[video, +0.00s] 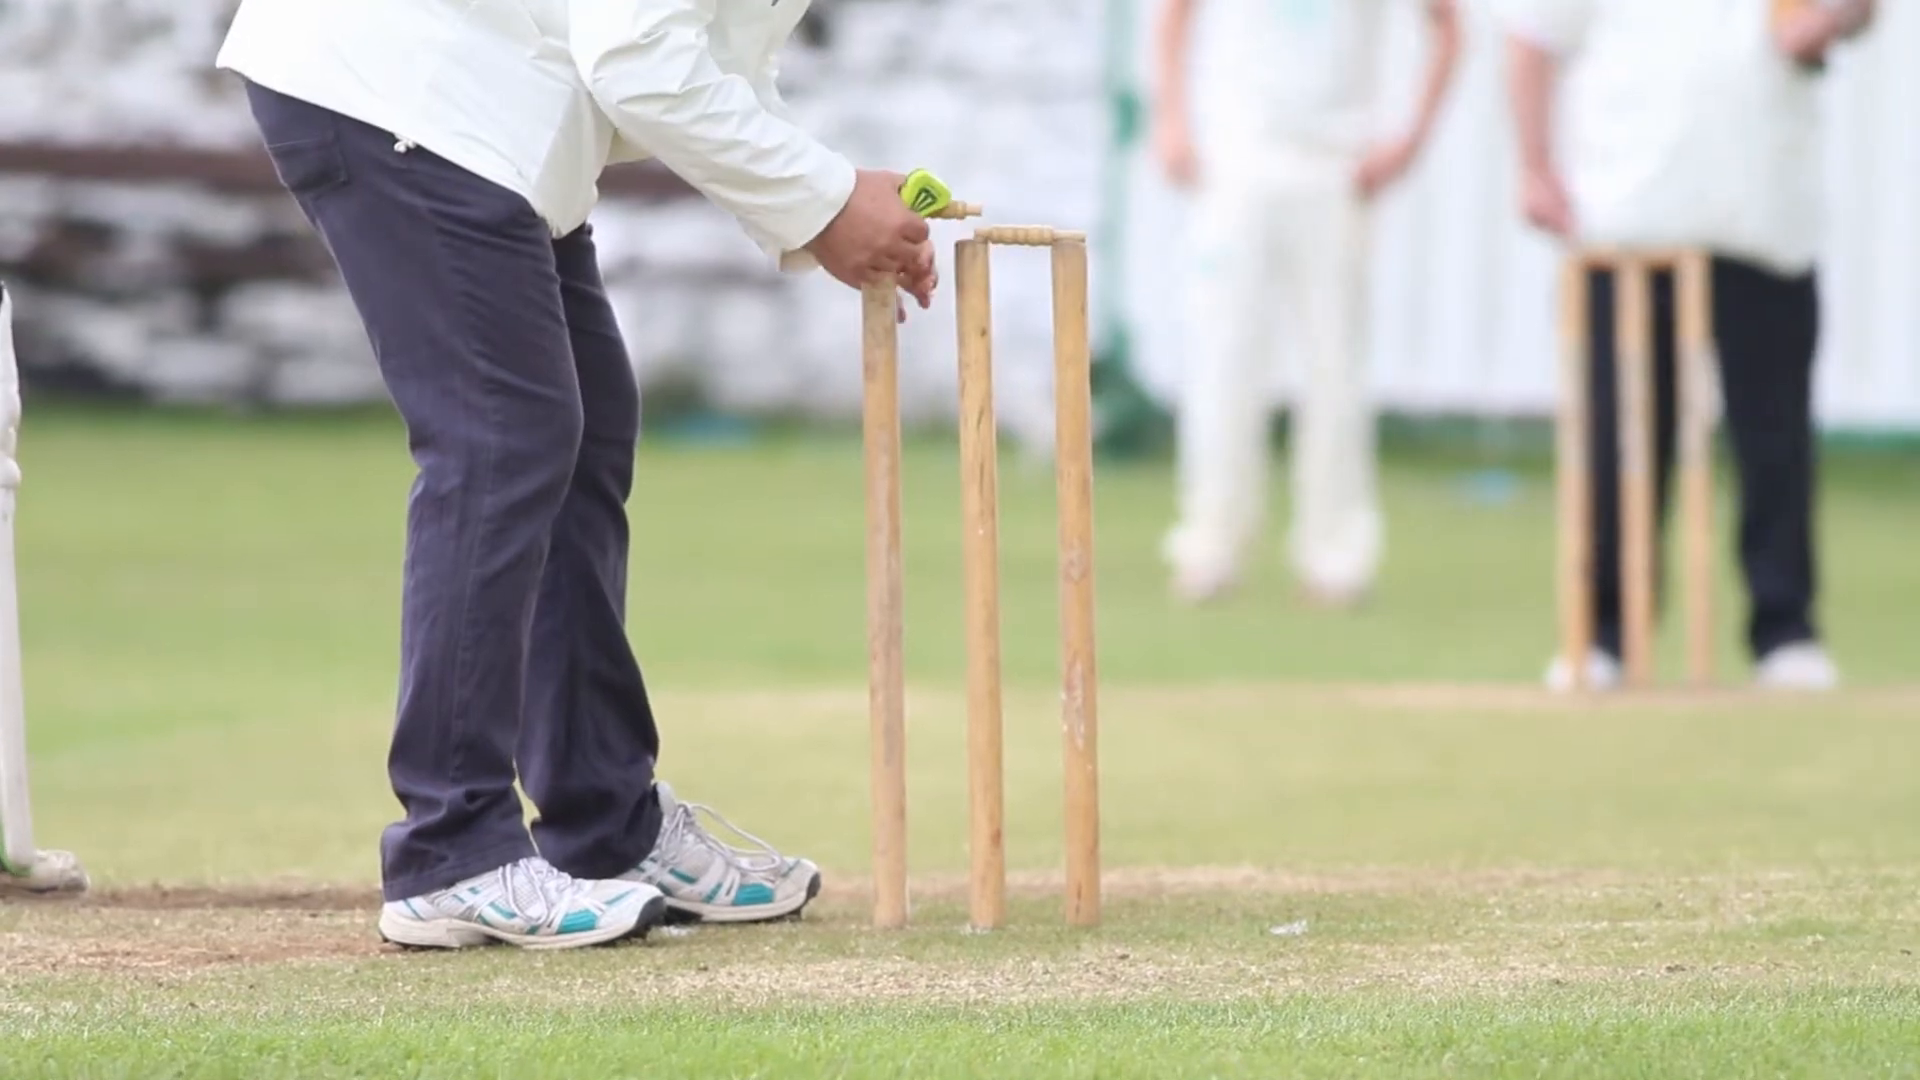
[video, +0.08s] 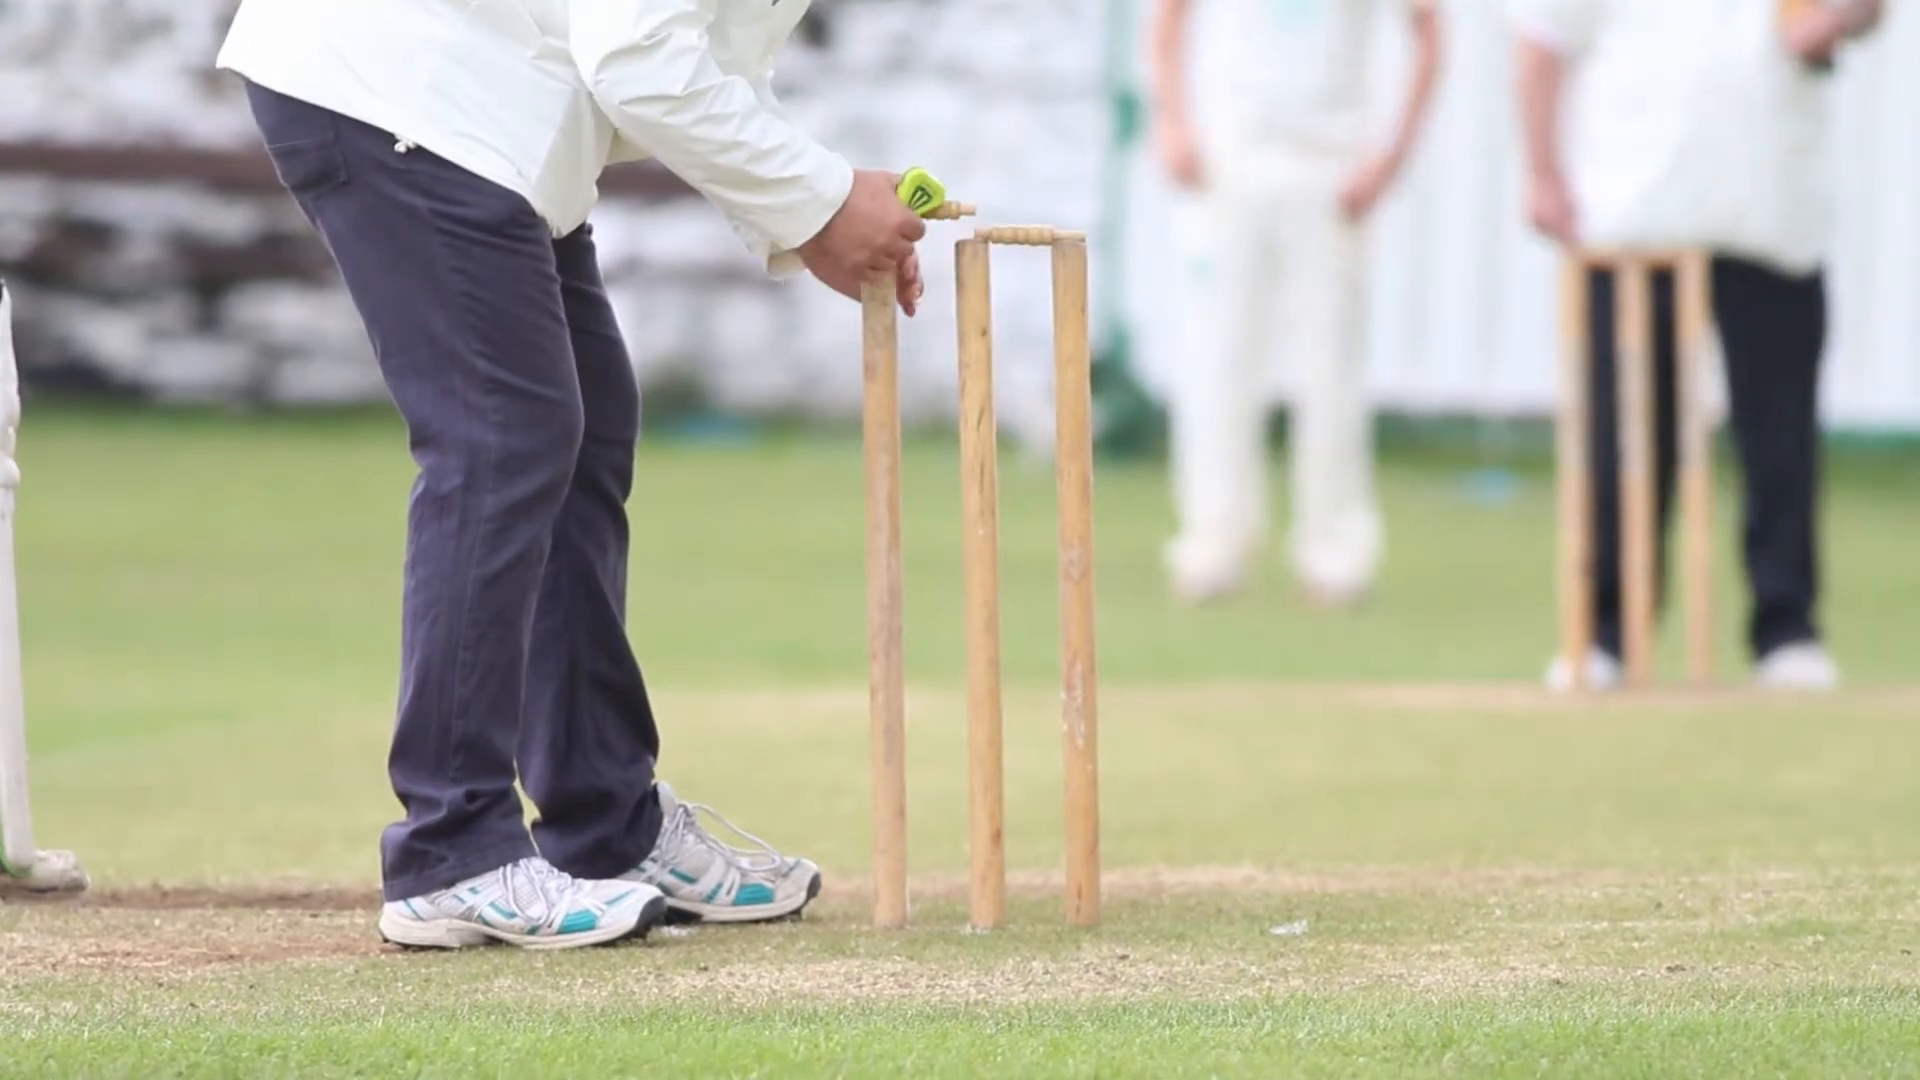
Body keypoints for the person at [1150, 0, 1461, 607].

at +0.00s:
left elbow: (1448, 28)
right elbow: (1173, 13)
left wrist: (1403, 146)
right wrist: (1174, 123)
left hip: (1336, 158)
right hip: (1234, 156)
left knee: (1334, 365)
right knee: (1220, 359)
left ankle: (1334, 549)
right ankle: (1209, 543)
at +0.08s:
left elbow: (1430, 35)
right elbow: (1166, 19)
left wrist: (1386, 162)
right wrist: (1174, 125)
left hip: (1331, 166)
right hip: (1224, 164)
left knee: (1331, 370)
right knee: (1216, 365)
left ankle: (1334, 551)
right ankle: (1214, 544)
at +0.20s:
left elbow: (1394, 33)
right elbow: (1151, 11)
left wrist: (1357, 175)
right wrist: (1169, 116)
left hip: (1319, 158)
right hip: (1210, 155)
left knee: (1319, 364)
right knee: (1208, 360)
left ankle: (1331, 550)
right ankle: (1214, 540)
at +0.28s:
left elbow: (1366, 33)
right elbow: (1137, 11)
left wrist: (1342, 184)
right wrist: (1159, 106)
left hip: (1309, 157)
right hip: (1196, 156)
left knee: (1313, 361)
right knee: (1198, 360)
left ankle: (1329, 550)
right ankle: (1211, 543)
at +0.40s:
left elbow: (1350, 29)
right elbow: (1121, 14)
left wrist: (1337, 187)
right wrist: (1140, 116)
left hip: (1302, 162)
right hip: (1186, 162)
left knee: (1322, 361)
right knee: (1191, 363)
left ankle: (1332, 548)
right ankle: (1210, 544)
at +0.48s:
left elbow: (1355, 28)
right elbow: (1114, 14)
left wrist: (1336, 181)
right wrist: (1132, 122)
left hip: (1298, 164)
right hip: (1182, 162)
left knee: (1317, 363)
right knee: (1189, 365)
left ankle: (1332, 548)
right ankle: (1209, 545)